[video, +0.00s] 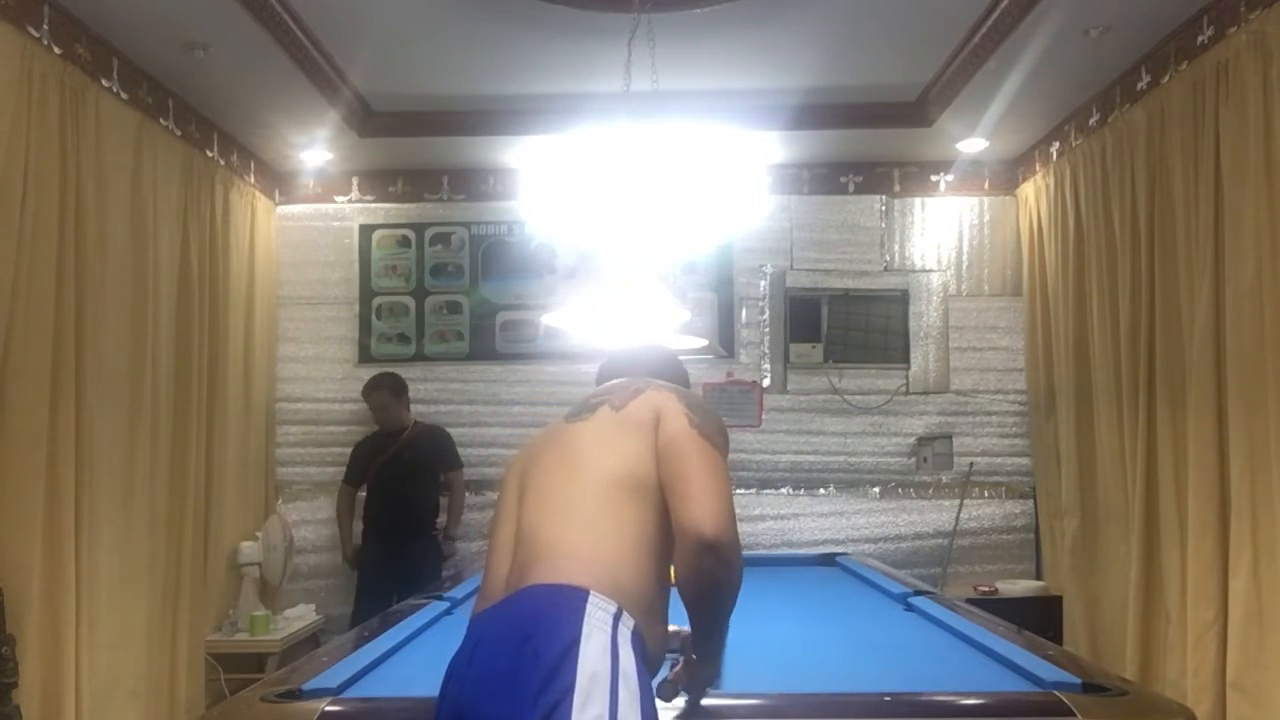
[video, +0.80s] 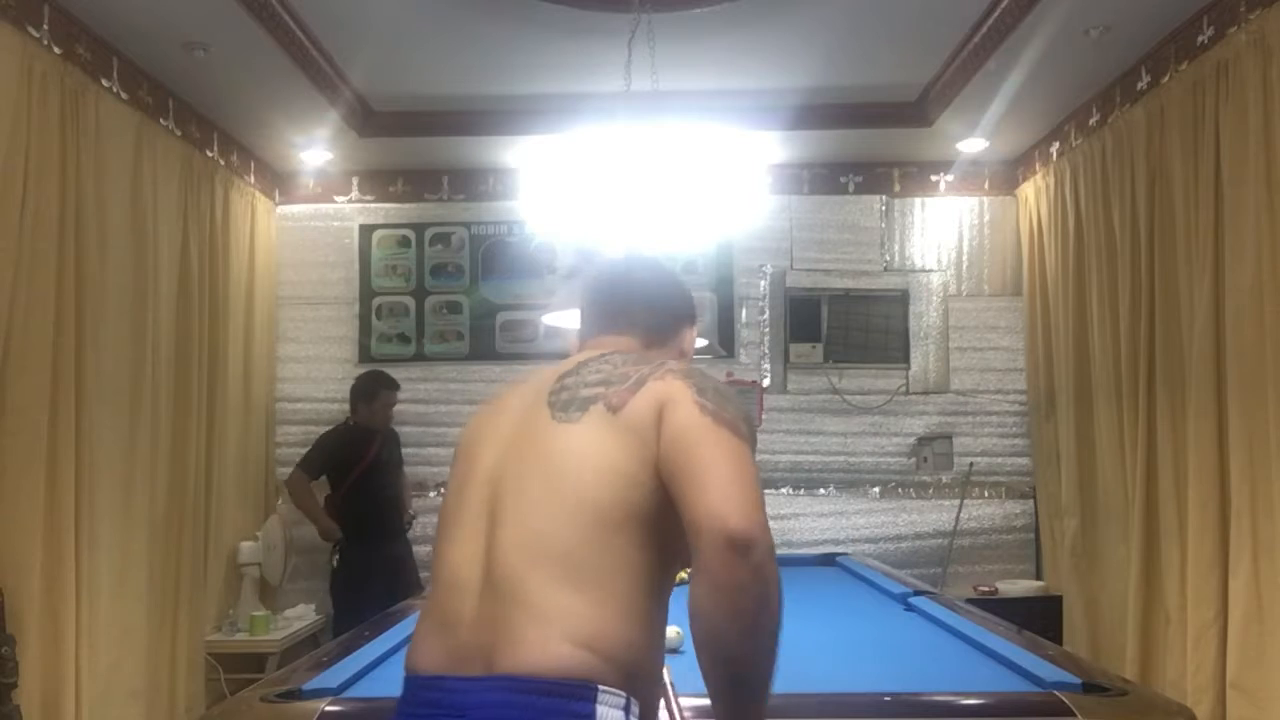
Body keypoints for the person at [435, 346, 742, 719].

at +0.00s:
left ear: (600, 388)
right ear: (677, 391)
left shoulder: (530, 449)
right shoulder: (669, 403)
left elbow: (494, 596)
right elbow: (709, 537)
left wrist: (642, 635)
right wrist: (705, 652)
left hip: (479, 647)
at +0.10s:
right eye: (689, 383)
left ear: (600, 376)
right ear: (677, 374)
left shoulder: (532, 438)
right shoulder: (673, 401)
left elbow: (496, 595)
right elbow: (714, 542)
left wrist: (636, 632)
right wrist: (707, 652)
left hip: (483, 645)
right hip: (584, 650)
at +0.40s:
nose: (678, 356)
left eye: (681, 341)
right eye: (680, 339)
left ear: (581, 335)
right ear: (669, 336)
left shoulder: (502, 417)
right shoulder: (670, 397)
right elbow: (733, 556)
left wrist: (648, 646)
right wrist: (733, 702)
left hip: (470, 695)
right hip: (594, 698)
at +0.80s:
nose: (690, 360)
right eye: (692, 352)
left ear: (580, 337)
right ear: (684, 341)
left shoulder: (494, 405)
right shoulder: (674, 386)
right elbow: (736, 536)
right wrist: (736, 708)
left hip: (428, 698)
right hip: (566, 697)